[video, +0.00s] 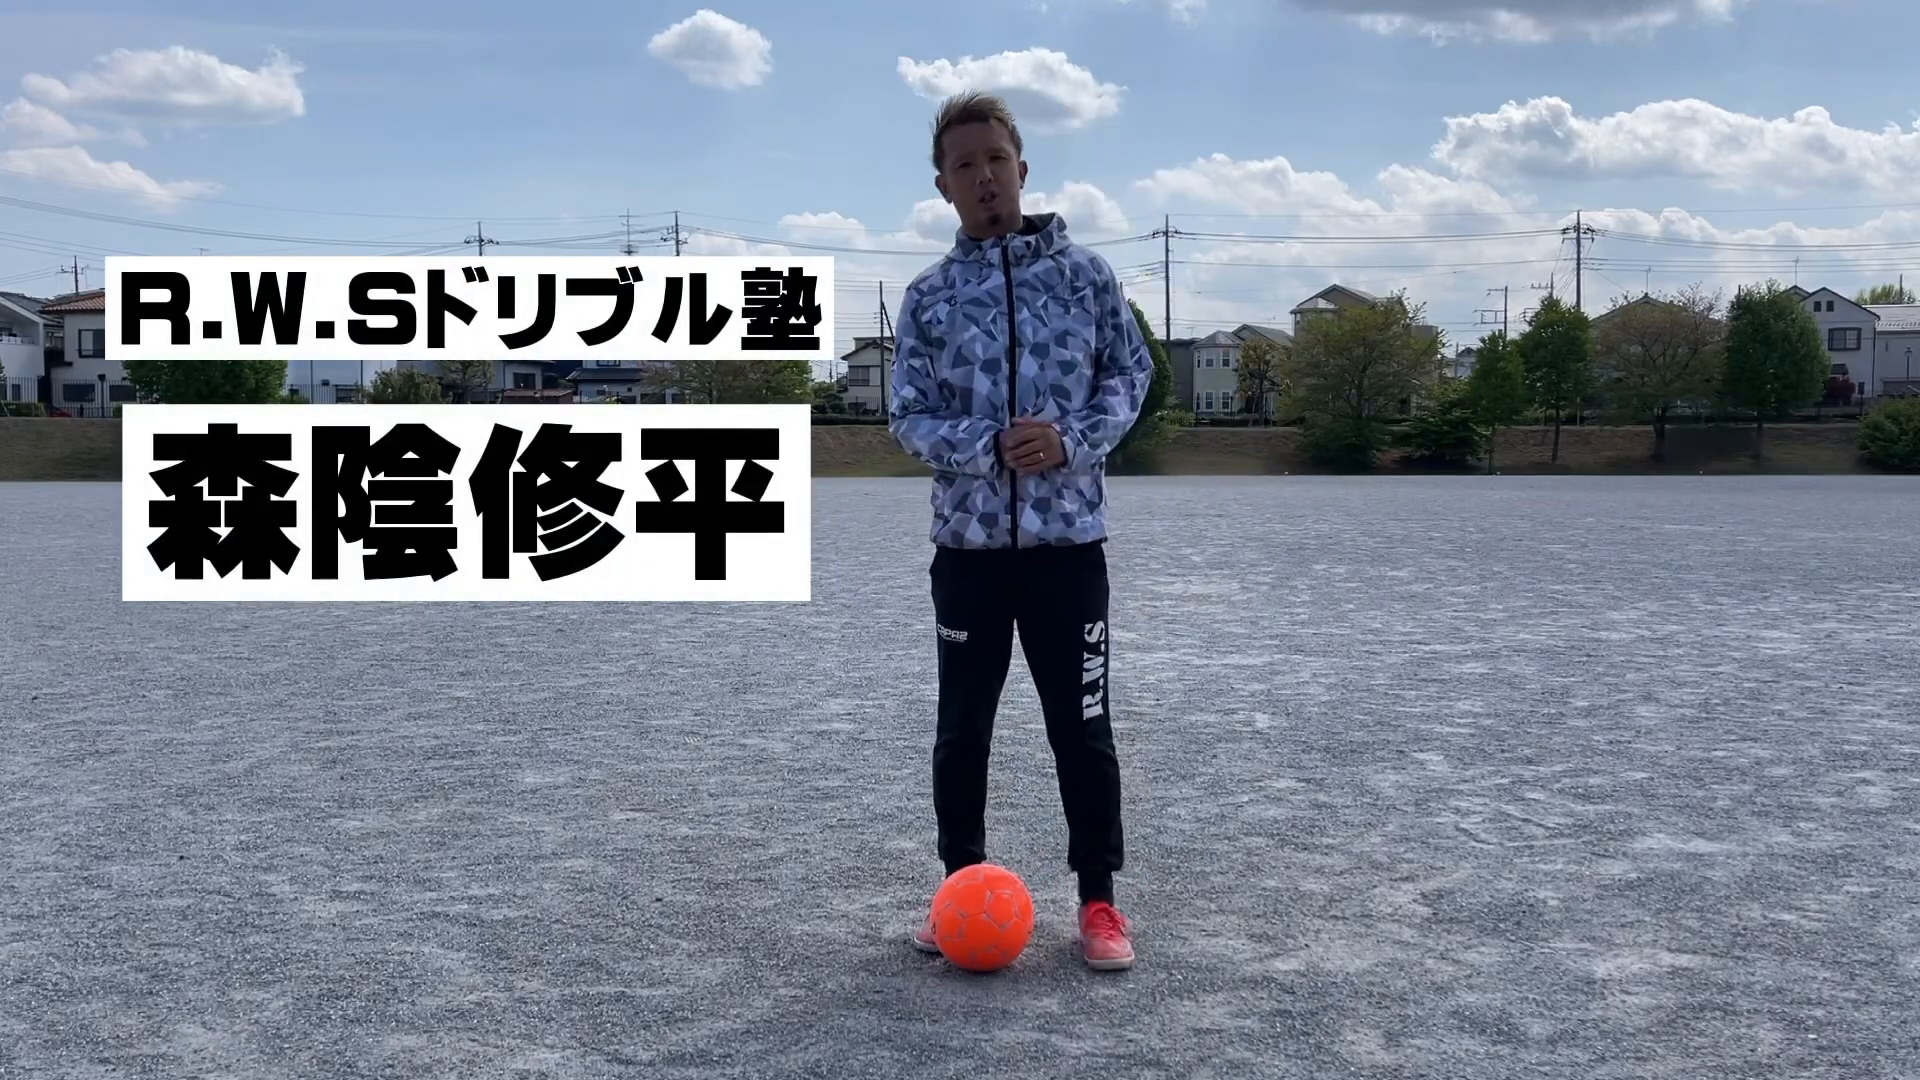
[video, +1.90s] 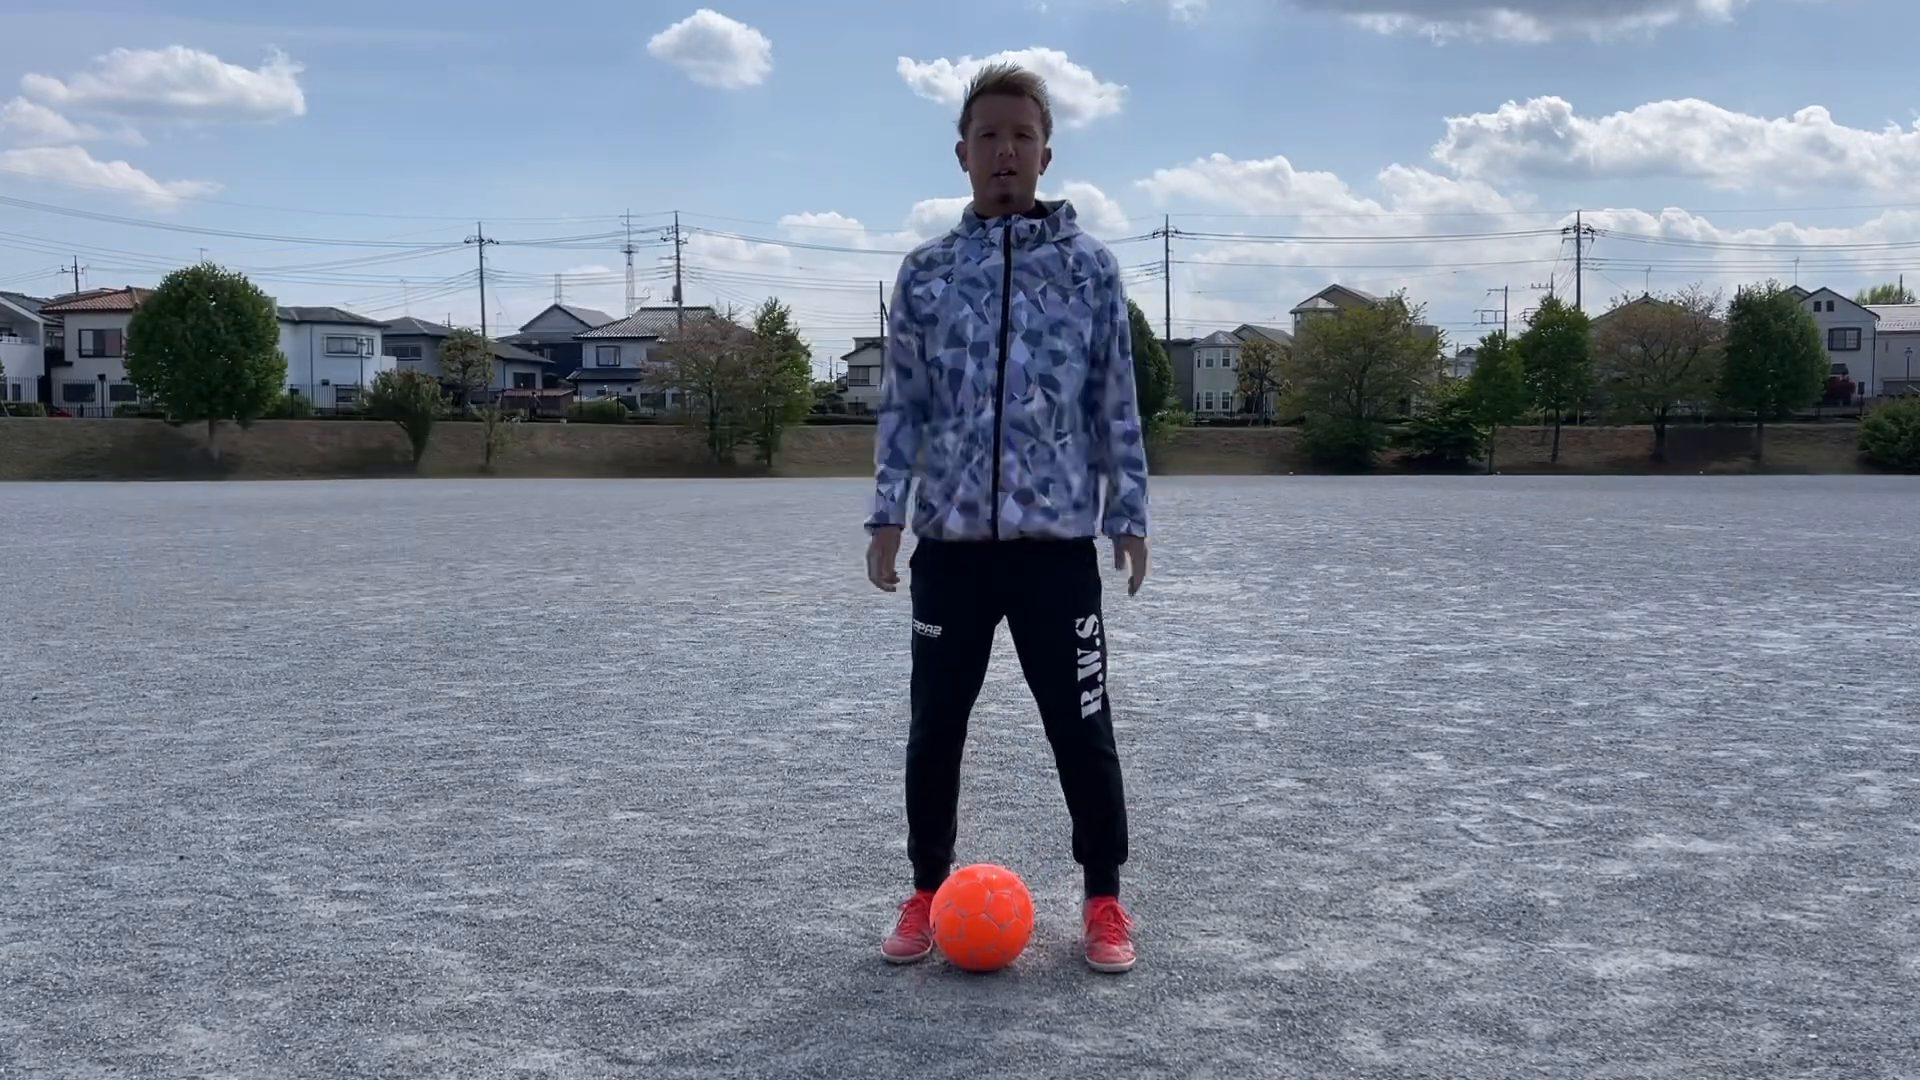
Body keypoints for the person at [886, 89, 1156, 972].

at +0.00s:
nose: (983, 176)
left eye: (994, 159)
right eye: (964, 166)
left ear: (1021, 165)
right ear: (943, 185)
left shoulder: (1085, 274)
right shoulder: (930, 295)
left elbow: (1132, 378)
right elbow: (908, 415)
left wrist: (1074, 438)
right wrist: (987, 447)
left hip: (1066, 540)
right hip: (969, 544)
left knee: (1082, 727)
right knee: (963, 727)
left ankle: (1099, 905)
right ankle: (962, 895)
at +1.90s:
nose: (1004, 151)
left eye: (1022, 136)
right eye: (988, 135)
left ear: (1046, 151)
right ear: (963, 150)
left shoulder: (1088, 265)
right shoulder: (927, 269)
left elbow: (1118, 400)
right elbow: (900, 404)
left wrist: (1129, 510)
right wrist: (886, 513)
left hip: (1056, 535)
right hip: (951, 535)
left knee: (1082, 725)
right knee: (933, 727)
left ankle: (1103, 901)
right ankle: (927, 894)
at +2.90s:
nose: (1031, 165)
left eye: (1046, 151)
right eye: (1013, 151)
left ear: (1068, 167)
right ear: (988, 168)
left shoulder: (1104, 279)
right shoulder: (952, 279)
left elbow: (1131, 397)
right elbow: (928, 398)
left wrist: (1060, 369)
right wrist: (1017, 373)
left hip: (1070, 539)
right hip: (970, 538)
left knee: (1086, 731)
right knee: (947, 729)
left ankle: (1101, 905)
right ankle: (931, 897)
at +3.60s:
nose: (1042, 158)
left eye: (1056, 145)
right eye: (1023, 145)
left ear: (1073, 164)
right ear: (994, 165)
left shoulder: (1113, 277)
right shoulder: (954, 283)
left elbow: (1146, 392)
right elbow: (915, 397)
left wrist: (1061, 388)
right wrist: (964, 388)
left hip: (1073, 539)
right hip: (972, 538)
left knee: (1088, 732)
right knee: (951, 730)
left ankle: (1098, 901)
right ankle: (935, 895)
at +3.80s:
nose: (1033, 159)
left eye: (1049, 146)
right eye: (1016, 146)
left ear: (1070, 166)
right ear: (990, 166)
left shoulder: (1114, 279)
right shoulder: (953, 282)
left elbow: (1157, 388)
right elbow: (916, 394)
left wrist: (1071, 398)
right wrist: (983, 392)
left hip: (1073, 538)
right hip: (972, 537)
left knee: (1085, 728)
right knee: (951, 727)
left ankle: (1099, 898)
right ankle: (934, 893)